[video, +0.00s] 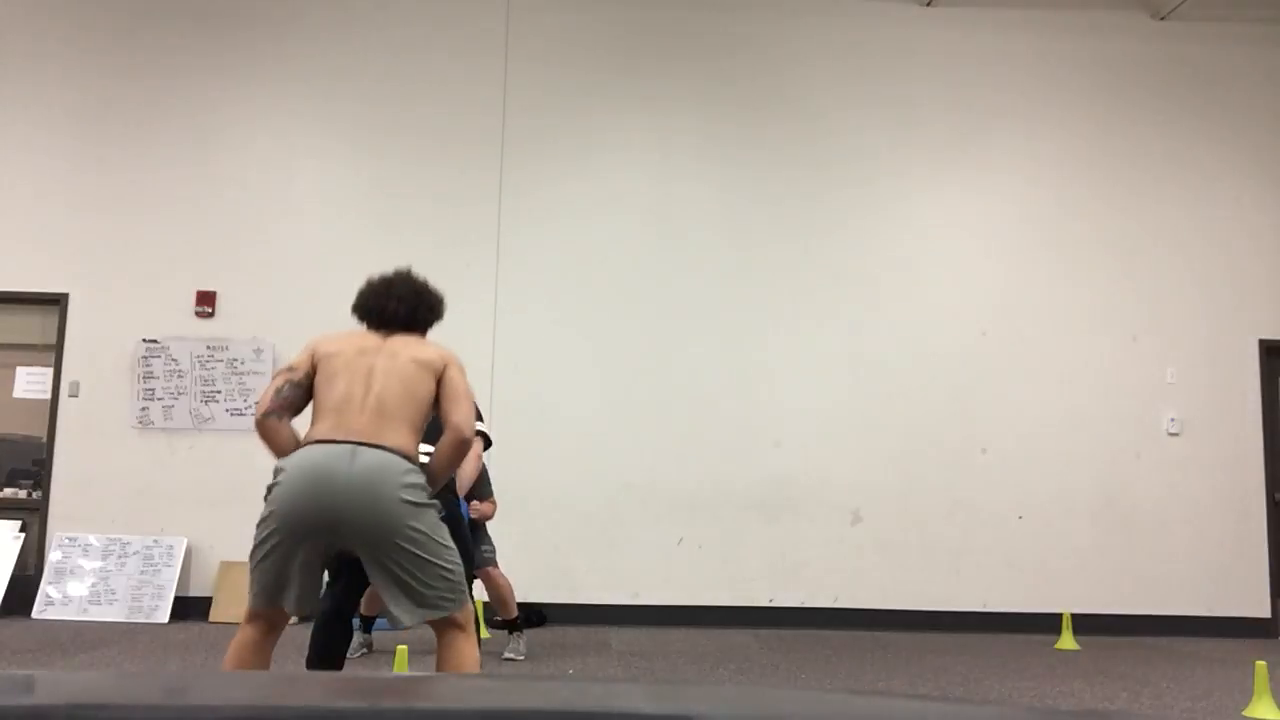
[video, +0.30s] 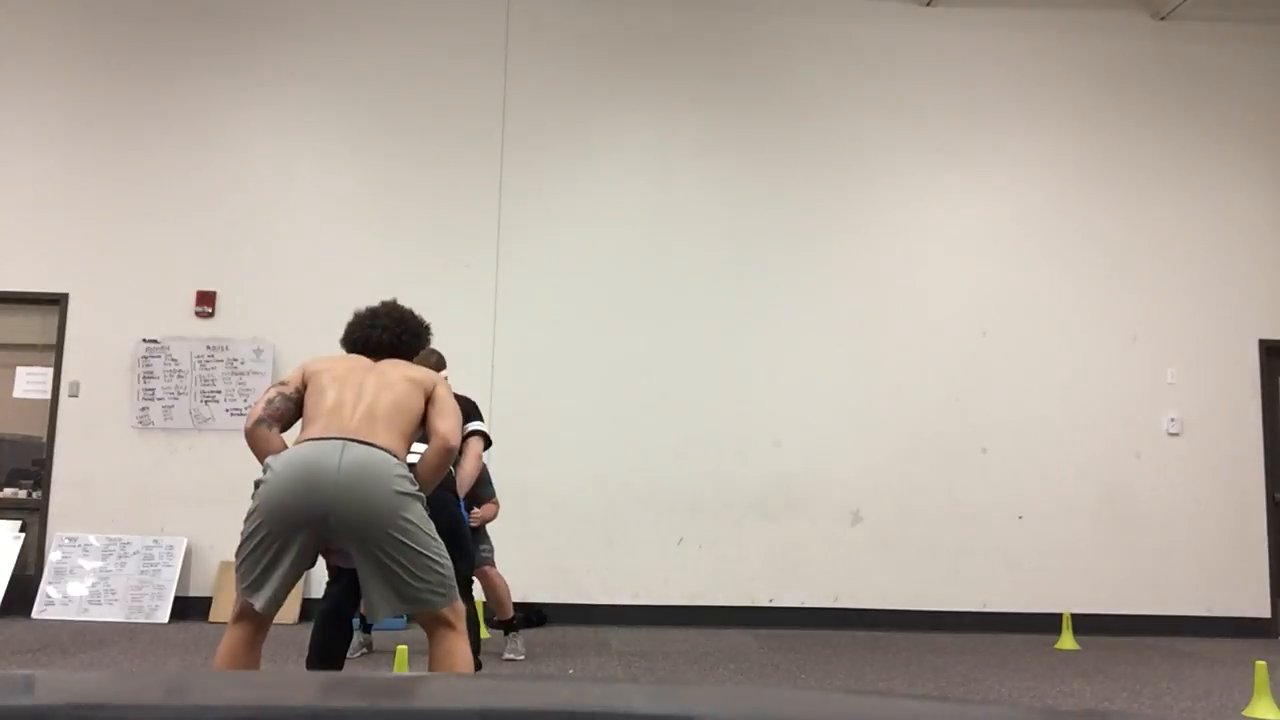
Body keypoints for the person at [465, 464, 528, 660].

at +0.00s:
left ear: (481, 444)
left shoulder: (475, 465)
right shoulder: (429, 468)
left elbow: (489, 505)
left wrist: (480, 510)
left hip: (468, 525)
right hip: (436, 526)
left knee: (487, 569)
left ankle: (515, 633)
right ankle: (465, 642)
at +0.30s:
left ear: (479, 444)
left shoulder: (475, 468)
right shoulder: (430, 468)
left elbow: (491, 503)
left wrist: (482, 515)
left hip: (469, 526)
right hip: (438, 527)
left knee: (485, 569)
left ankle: (511, 634)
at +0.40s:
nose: (428, 385)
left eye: (434, 377)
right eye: (422, 379)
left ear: (443, 375)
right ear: (413, 377)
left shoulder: (463, 406)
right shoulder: (401, 408)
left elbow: (473, 456)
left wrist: (450, 498)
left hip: (455, 501)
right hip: (409, 501)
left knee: (483, 568)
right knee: (369, 557)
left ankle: (511, 632)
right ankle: (362, 632)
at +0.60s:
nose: (426, 383)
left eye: (431, 374)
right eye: (420, 376)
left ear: (443, 373)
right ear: (413, 375)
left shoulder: (463, 405)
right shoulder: (402, 407)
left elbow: (473, 454)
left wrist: (452, 498)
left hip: (457, 500)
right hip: (410, 500)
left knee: (485, 568)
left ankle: (511, 633)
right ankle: (362, 632)